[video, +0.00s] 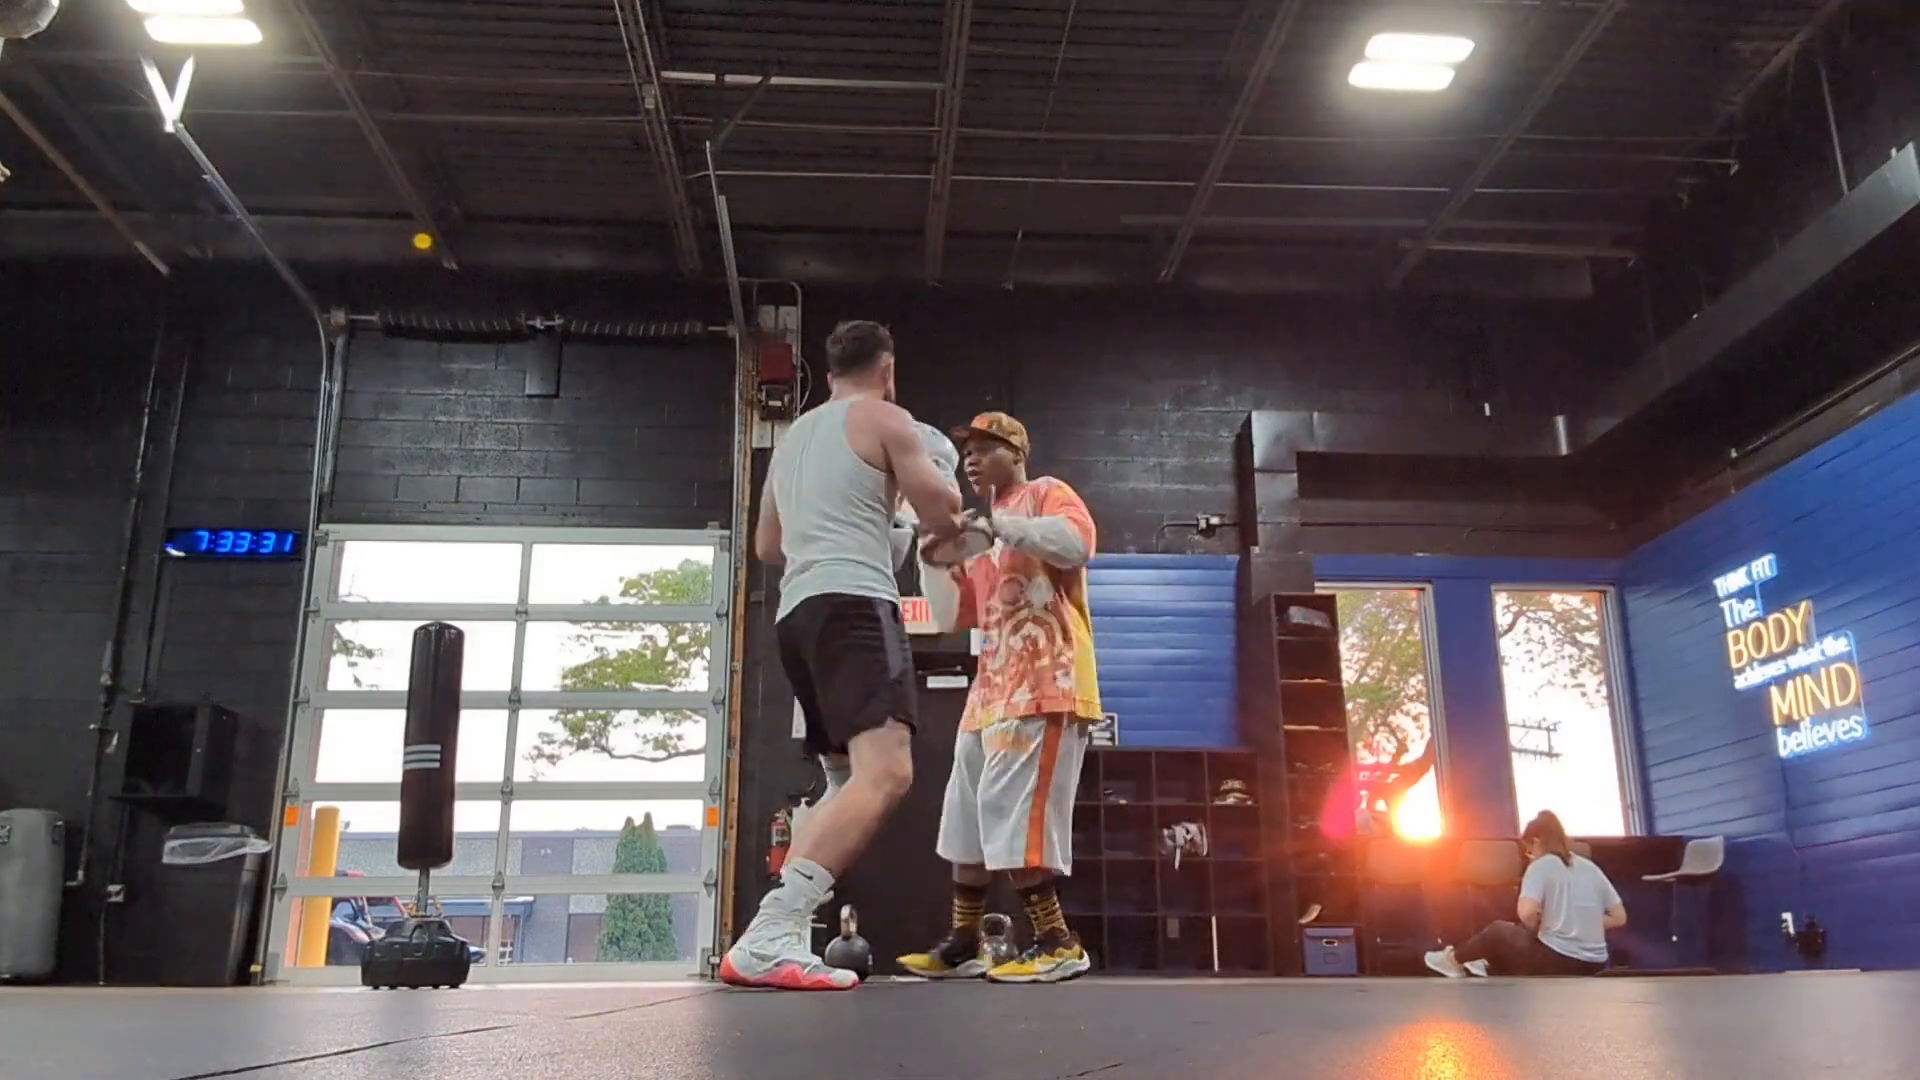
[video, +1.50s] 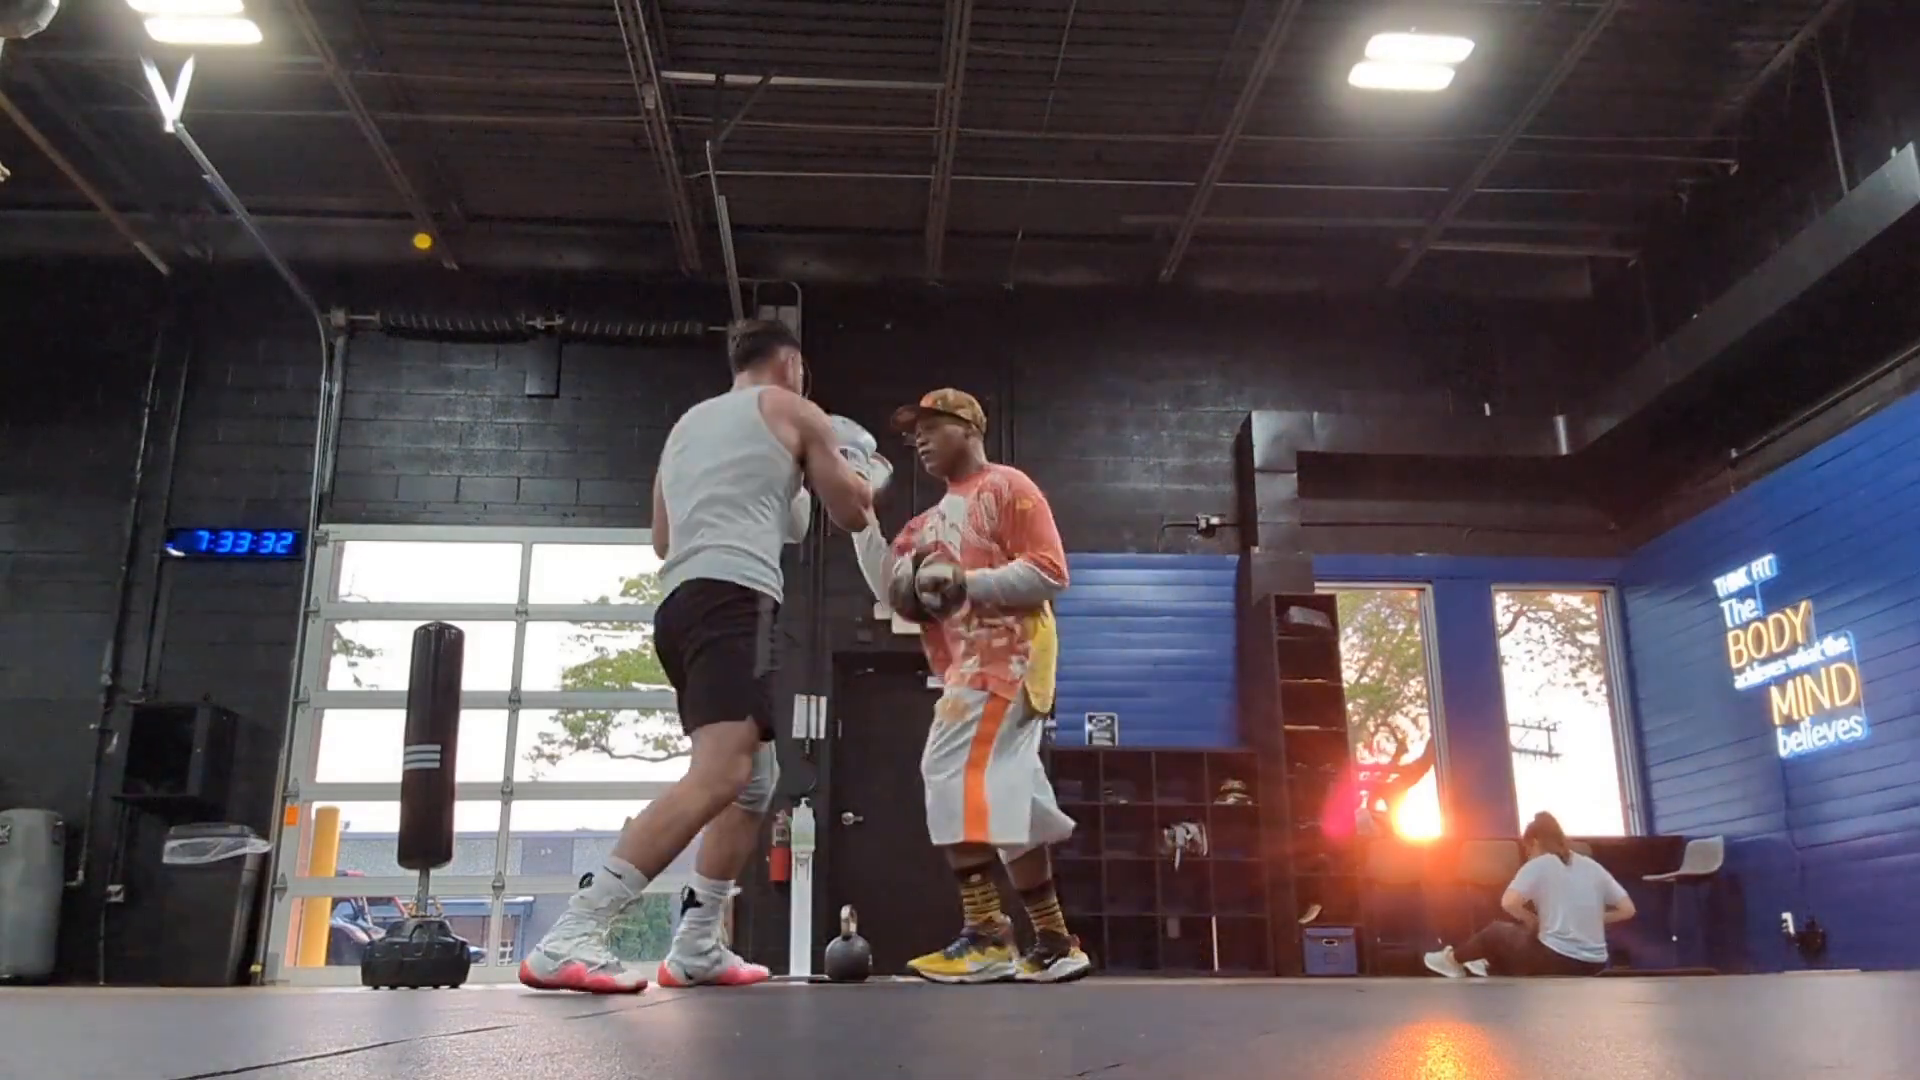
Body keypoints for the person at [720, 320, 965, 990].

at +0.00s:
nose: (896, 386)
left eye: (894, 377)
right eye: (895, 376)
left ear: (827, 376)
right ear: (887, 370)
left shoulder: (790, 440)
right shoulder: (883, 416)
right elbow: (938, 507)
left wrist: (847, 538)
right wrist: (940, 534)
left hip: (797, 613)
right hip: (854, 602)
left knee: (845, 782)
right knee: (884, 773)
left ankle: (776, 938)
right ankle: (773, 934)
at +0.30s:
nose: (901, 389)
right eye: (903, 381)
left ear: (835, 380)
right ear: (899, 377)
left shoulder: (784, 435)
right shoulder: (919, 424)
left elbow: (757, 539)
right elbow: (957, 533)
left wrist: (820, 551)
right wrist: (936, 473)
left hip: (797, 614)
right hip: (876, 601)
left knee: (818, 785)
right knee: (937, 764)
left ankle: (770, 941)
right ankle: (943, 929)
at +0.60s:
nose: (998, 419)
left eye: (1000, 409)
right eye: (998, 404)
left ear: (952, 383)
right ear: (976, 384)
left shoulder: (873, 430)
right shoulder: (906, 413)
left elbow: (876, 551)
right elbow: (919, 532)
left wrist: (938, 561)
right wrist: (986, 483)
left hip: (774, 598)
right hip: (828, 586)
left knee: (841, 779)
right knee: (944, 739)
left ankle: (739, 933)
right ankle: (943, 936)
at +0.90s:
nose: (911, 534)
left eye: (910, 527)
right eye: (909, 524)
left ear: (848, 495)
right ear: (899, 505)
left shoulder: (775, 516)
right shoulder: (902, 520)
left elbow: (752, 598)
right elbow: (906, 627)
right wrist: (927, 624)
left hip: (738, 655)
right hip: (829, 637)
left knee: (787, 783)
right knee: (969, 775)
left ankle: (715, 945)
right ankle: (955, 929)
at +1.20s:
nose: (855, 388)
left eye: (857, 377)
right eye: (855, 375)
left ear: (804, 358)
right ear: (839, 363)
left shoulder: (785, 421)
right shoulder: (791, 385)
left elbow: (771, 540)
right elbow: (868, 465)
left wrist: (833, 537)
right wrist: (884, 408)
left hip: (766, 592)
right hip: (733, 583)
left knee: (815, 762)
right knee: (786, 749)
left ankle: (716, 914)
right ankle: (616, 891)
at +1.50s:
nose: (800, 382)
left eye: (798, 372)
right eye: (799, 370)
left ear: (735, 367)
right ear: (787, 363)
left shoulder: (683, 429)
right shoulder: (791, 407)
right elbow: (853, 511)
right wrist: (855, 472)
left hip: (677, 604)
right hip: (734, 593)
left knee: (753, 781)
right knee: (720, 775)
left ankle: (697, 948)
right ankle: (572, 937)